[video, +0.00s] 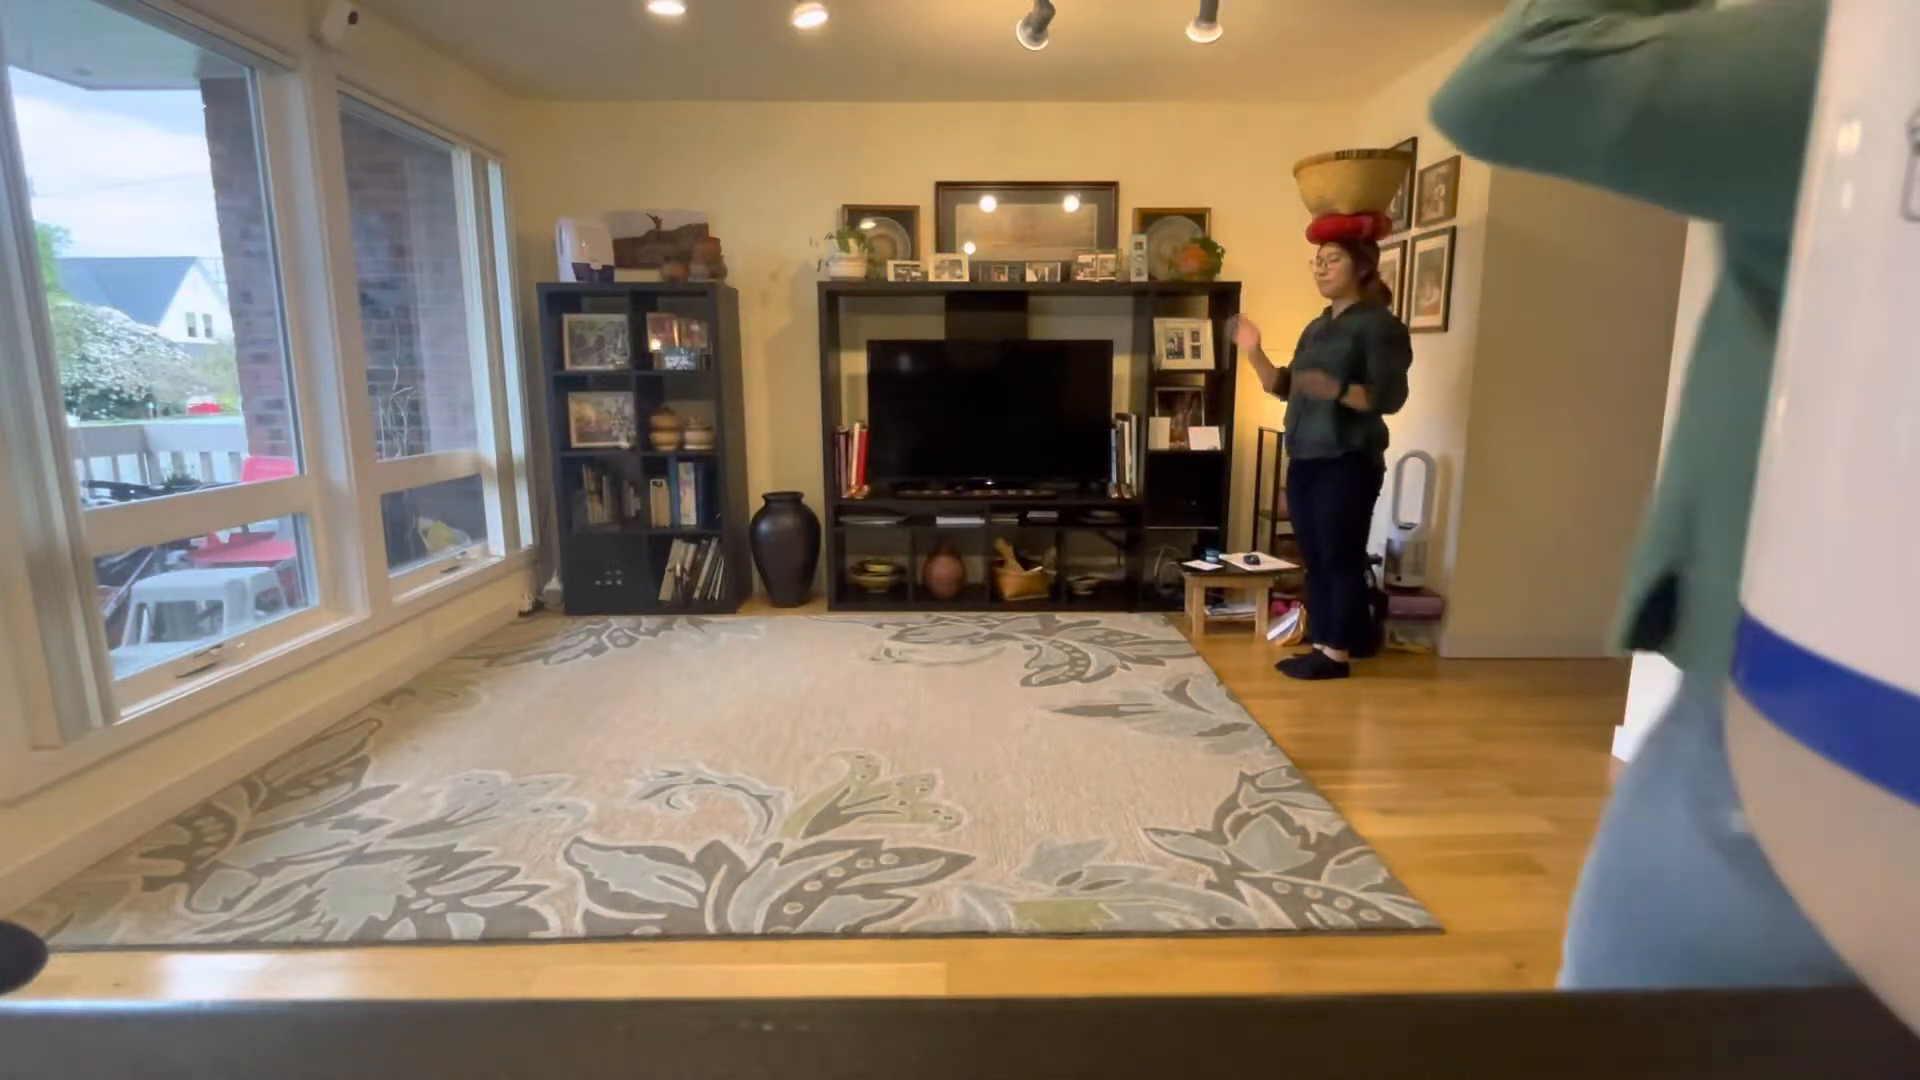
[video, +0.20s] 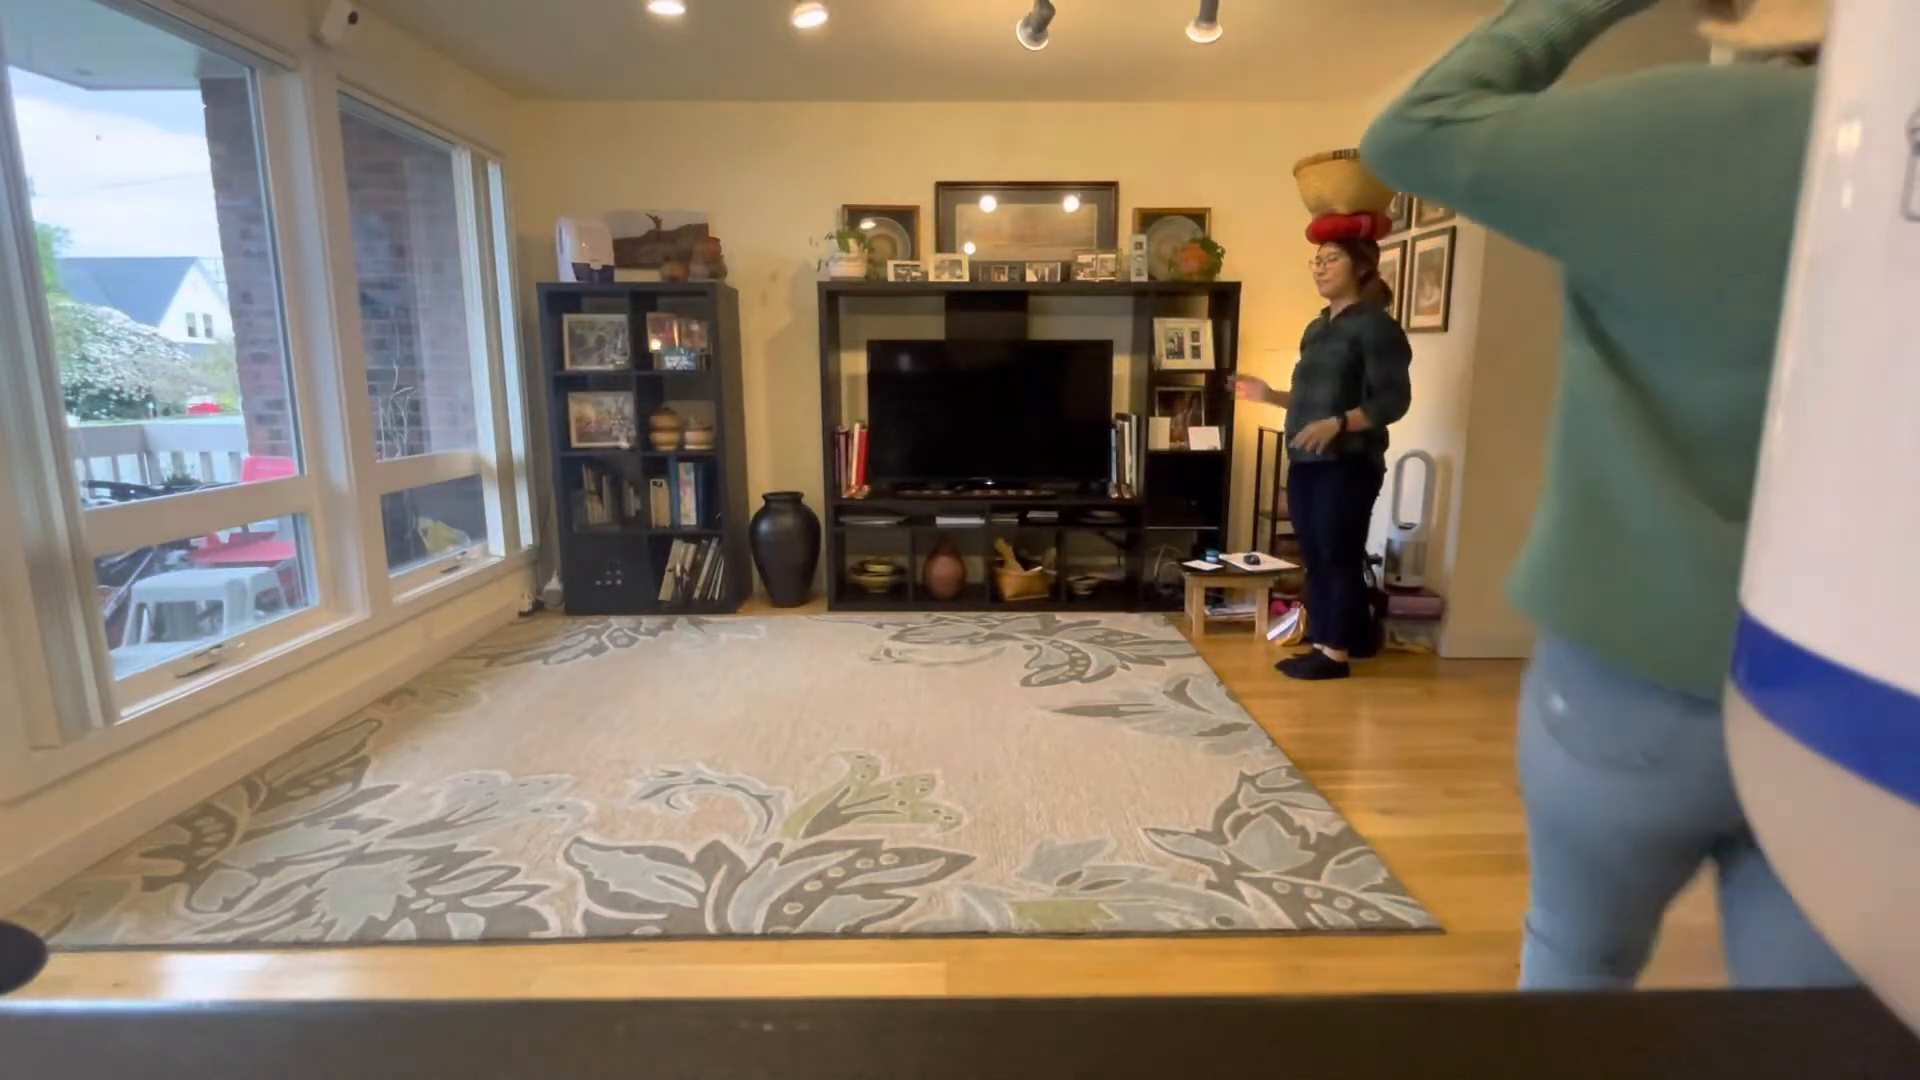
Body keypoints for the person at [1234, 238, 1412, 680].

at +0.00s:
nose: (1319, 269)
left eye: (1330, 260)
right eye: (1317, 261)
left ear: (1360, 266)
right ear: (1316, 268)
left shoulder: (1380, 324)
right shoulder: (1318, 327)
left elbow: (1391, 397)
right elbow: (1287, 387)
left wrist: (1337, 390)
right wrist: (1256, 353)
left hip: (1351, 461)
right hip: (1307, 459)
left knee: (1339, 554)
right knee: (1315, 554)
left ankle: (1337, 652)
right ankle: (1324, 643)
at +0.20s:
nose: (1318, 268)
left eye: (1329, 259)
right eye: (1316, 261)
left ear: (1359, 266)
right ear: (1315, 269)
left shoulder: (1376, 326)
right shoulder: (1318, 328)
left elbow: (1394, 399)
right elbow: (1312, 401)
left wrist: (1339, 421)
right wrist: (1268, 395)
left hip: (1349, 462)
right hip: (1308, 460)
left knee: (1338, 553)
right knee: (1315, 553)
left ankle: (1336, 651)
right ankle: (1324, 642)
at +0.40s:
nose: (1317, 268)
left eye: (1328, 259)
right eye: (1315, 261)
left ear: (1357, 266)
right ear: (1313, 269)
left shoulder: (1374, 325)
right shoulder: (1317, 328)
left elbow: (1400, 396)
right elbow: (1321, 400)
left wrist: (1343, 429)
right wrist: (1286, 412)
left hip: (1347, 460)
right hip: (1308, 459)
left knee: (1336, 553)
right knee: (1314, 552)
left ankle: (1336, 651)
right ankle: (1320, 641)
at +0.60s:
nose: (1316, 270)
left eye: (1326, 261)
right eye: (1312, 263)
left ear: (1354, 268)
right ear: (1311, 270)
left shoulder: (1373, 327)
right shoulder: (1317, 328)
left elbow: (1392, 399)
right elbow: (1314, 400)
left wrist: (1335, 429)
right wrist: (1279, 414)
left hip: (1347, 461)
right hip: (1306, 458)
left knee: (1338, 556)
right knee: (1294, 552)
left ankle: (1337, 652)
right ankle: (1316, 638)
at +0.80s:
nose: (1311, 270)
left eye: (1321, 261)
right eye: (1308, 263)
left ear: (1351, 268)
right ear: (1307, 272)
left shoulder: (1368, 326)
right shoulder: (1311, 328)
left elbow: (1381, 400)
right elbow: (1305, 400)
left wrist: (1325, 431)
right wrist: (1269, 418)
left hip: (1343, 458)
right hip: (1301, 456)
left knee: (1336, 553)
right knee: (1295, 549)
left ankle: (1337, 651)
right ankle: (1306, 637)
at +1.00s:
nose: (1299, 271)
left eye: (1309, 263)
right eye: (1298, 264)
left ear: (1338, 269)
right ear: (1297, 272)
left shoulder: (1354, 328)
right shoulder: (1302, 328)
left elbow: (1366, 403)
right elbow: (1297, 396)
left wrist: (1315, 437)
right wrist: (1264, 423)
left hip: (1332, 459)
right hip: (1296, 457)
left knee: (1324, 550)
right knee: (1294, 548)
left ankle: (1334, 650)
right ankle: (1306, 636)